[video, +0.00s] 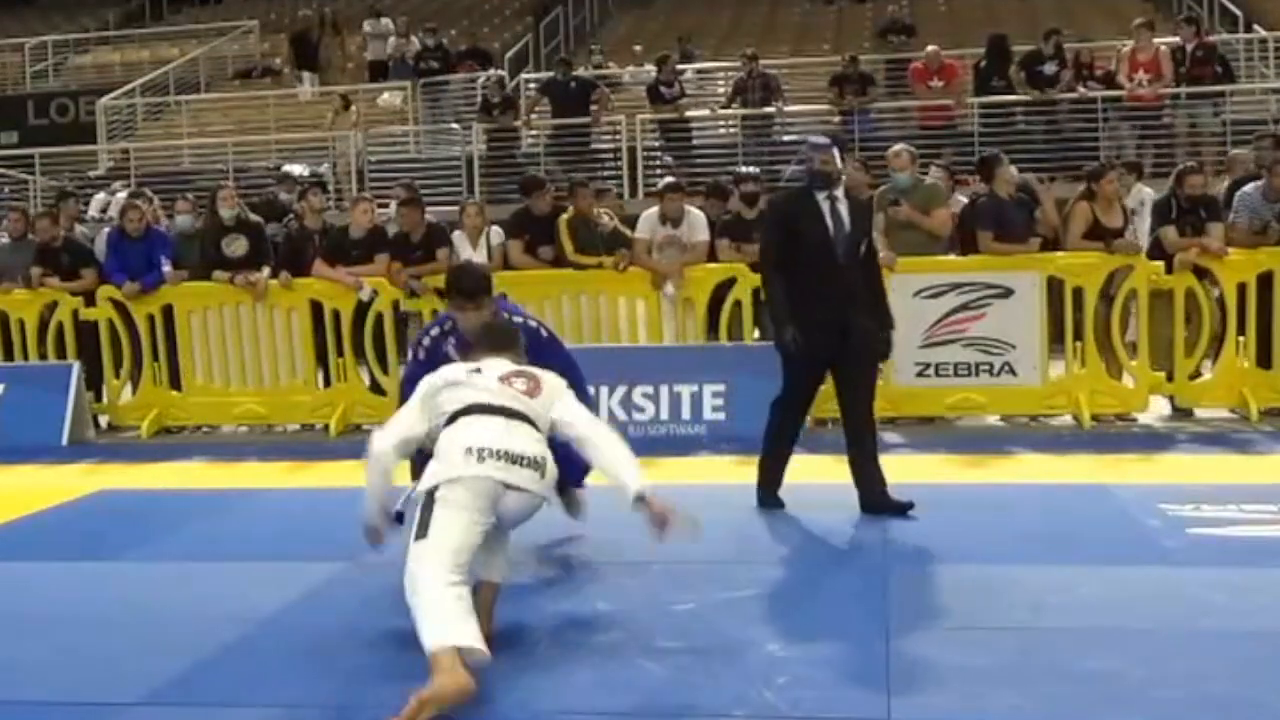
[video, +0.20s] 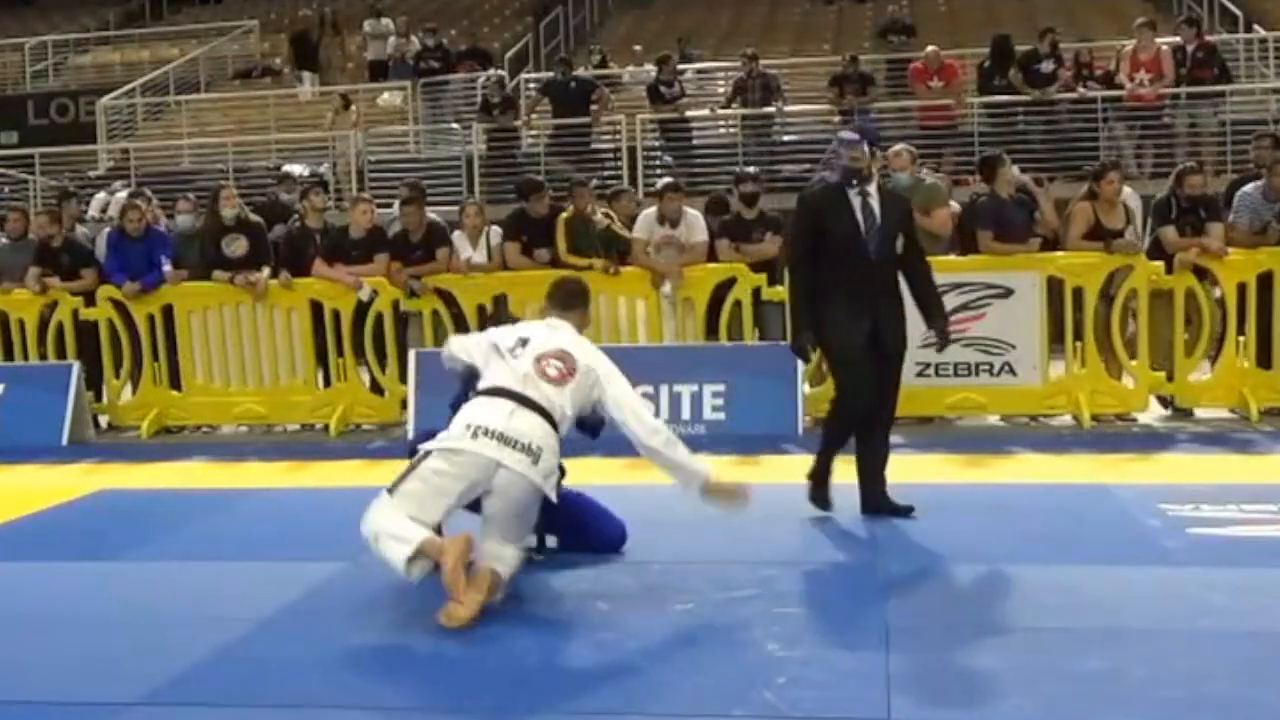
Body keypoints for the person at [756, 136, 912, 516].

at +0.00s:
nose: (824, 166)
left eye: (830, 159)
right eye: (817, 159)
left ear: (842, 164)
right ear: (804, 163)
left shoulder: (858, 207)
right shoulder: (785, 207)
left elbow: (869, 267)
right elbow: (772, 271)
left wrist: (883, 322)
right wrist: (783, 324)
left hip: (855, 328)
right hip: (808, 329)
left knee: (860, 418)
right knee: (791, 412)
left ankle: (873, 496)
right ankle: (767, 489)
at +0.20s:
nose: (852, 157)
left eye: (859, 150)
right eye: (846, 150)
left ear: (875, 156)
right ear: (836, 156)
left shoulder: (895, 201)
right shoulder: (816, 201)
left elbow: (913, 260)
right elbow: (800, 268)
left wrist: (935, 314)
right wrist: (801, 328)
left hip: (886, 317)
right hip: (838, 318)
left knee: (880, 409)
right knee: (854, 399)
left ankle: (874, 495)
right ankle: (822, 467)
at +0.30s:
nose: (860, 163)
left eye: (867, 154)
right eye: (853, 155)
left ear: (887, 157)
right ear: (846, 162)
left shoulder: (910, 201)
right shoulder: (828, 206)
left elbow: (931, 256)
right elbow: (813, 273)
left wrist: (954, 306)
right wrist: (814, 331)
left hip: (900, 318)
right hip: (852, 320)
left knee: (892, 408)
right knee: (876, 403)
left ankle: (876, 489)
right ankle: (871, 491)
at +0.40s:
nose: (879, 168)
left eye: (886, 158)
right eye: (871, 160)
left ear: (904, 160)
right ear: (861, 164)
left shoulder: (929, 199)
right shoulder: (844, 208)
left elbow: (949, 256)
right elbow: (827, 277)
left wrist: (968, 303)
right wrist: (826, 337)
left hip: (917, 320)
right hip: (868, 322)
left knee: (896, 410)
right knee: (895, 409)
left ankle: (875, 494)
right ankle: (920, 503)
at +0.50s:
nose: (874, 166)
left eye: (882, 158)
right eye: (870, 160)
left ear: (908, 160)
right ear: (867, 166)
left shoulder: (944, 203)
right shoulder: (856, 211)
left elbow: (964, 260)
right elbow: (842, 278)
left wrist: (980, 311)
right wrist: (841, 336)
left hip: (934, 321)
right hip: (884, 323)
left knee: (919, 412)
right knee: (911, 413)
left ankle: (881, 486)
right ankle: (935, 511)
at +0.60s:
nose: (890, 169)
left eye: (898, 159)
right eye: (885, 161)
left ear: (922, 160)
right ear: (883, 165)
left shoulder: (956, 201)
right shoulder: (867, 210)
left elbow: (977, 263)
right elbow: (857, 276)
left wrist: (993, 319)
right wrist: (855, 336)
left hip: (951, 321)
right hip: (899, 325)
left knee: (967, 405)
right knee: (918, 414)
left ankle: (917, 470)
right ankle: (934, 511)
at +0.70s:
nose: (907, 169)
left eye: (915, 160)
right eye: (901, 161)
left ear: (937, 158)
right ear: (896, 163)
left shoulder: (974, 200)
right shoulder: (884, 207)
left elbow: (992, 265)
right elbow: (870, 274)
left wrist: (1008, 322)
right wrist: (866, 334)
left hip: (967, 324)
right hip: (912, 329)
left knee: (994, 407)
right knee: (922, 423)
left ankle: (965, 473)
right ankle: (932, 512)